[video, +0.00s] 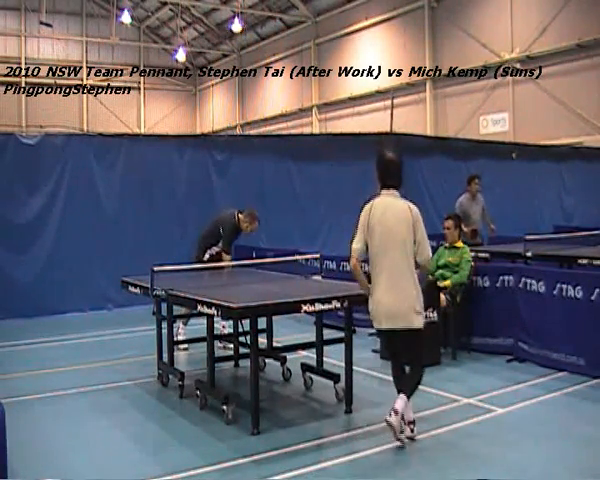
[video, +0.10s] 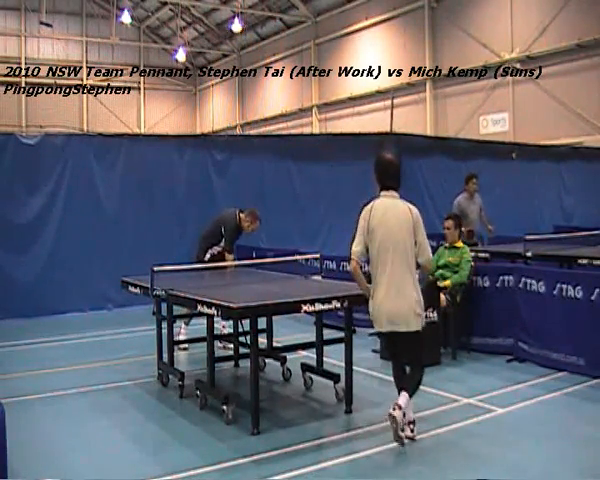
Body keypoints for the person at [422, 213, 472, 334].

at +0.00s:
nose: (445, 232)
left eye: (448, 228)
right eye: (444, 229)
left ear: (458, 230)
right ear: (442, 229)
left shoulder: (464, 251)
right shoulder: (441, 249)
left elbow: (463, 275)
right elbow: (431, 267)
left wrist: (447, 283)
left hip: (453, 284)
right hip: (437, 282)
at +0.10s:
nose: (445, 232)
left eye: (449, 229)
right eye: (444, 229)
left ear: (458, 230)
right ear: (444, 229)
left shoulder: (464, 251)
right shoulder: (442, 249)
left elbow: (464, 274)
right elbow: (431, 265)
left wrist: (448, 283)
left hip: (454, 284)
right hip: (437, 282)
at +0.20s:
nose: (445, 232)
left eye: (448, 229)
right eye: (444, 229)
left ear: (458, 230)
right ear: (443, 230)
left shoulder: (464, 251)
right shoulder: (441, 249)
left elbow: (463, 275)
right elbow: (432, 265)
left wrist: (446, 283)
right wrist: (429, 274)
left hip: (454, 284)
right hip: (437, 282)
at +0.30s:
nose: (445, 232)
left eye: (449, 229)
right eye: (445, 229)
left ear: (458, 230)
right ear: (444, 230)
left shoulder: (464, 251)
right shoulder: (442, 249)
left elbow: (463, 275)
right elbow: (430, 267)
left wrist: (446, 283)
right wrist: (426, 277)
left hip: (452, 286)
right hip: (435, 283)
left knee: (437, 301)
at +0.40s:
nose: (445, 232)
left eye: (449, 229)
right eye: (444, 228)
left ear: (458, 230)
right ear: (443, 229)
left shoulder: (464, 251)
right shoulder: (442, 249)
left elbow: (463, 276)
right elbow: (429, 268)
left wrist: (446, 283)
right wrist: (428, 277)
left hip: (452, 285)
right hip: (435, 283)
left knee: (440, 300)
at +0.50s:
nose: (445, 232)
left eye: (448, 228)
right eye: (444, 228)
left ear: (457, 230)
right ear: (443, 229)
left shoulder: (464, 251)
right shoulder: (442, 249)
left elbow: (463, 276)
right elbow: (430, 267)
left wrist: (446, 283)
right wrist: (427, 277)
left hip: (452, 286)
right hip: (435, 283)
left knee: (438, 302)